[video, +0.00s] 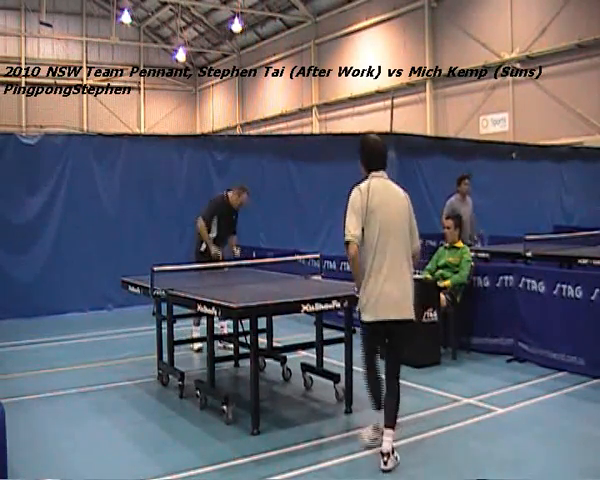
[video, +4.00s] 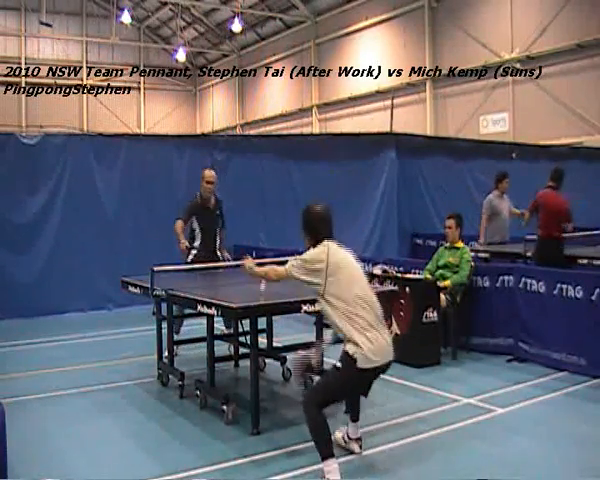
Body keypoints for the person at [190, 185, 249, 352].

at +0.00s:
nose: (242, 204)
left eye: (243, 201)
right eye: (242, 200)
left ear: (239, 197)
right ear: (235, 194)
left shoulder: (234, 210)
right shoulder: (218, 203)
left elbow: (231, 232)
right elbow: (201, 222)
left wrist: (234, 247)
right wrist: (210, 245)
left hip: (219, 254)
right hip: (204, 253)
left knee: (223, 290)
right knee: (201, 292)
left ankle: (223, 332)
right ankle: (196, 333)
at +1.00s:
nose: (219, 186)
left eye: (222, 182)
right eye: (217, 182)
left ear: (224, 182)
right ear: (210, 180)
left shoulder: (222, 199)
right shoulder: (199, 197)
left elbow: (225, 225)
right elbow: (181, 214)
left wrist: (223, 239)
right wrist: (180, 241)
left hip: (211, 250)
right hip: (196, 251)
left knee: (211, 294)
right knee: (200, 294)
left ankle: (207, 335)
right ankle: (202, 335)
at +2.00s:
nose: (225, 193)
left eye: (227, 189)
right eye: (224, 188)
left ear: (224, 187)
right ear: (216, 185)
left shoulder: (217, 200)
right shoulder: (206, 198)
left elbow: (219, 225)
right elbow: (214, 222)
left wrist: (230, 238)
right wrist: (232, 220)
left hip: (208, 249)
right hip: (198, 250)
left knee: (212, 286)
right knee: (206, 291)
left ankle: (202, 320)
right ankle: (204, 339)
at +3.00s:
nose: (202, 187)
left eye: (204, 183)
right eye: (199, 184)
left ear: (209, 184)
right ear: (195, 185)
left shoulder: (221, 203)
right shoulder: (198, 208)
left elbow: (235, 222)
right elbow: (194, 234)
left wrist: (233, 243)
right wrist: (186, 244)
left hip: (224, 257)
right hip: (207, 257)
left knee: (233, 295)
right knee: (199, 297)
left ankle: (249, 334)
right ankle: (199, 339)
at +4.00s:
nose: (210, 186)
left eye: (213, 183)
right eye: (207, 183)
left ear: (216, 185)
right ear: (201, 183)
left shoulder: (217, 203)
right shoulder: (195, 204)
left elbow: (220, 229)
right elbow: (179, 223)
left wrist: (222, 249)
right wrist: (182, 239)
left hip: (215, 257)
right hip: (196, 256)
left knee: (225, 291)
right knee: (184, 294)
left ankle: (230, 328)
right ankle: (174, 331)